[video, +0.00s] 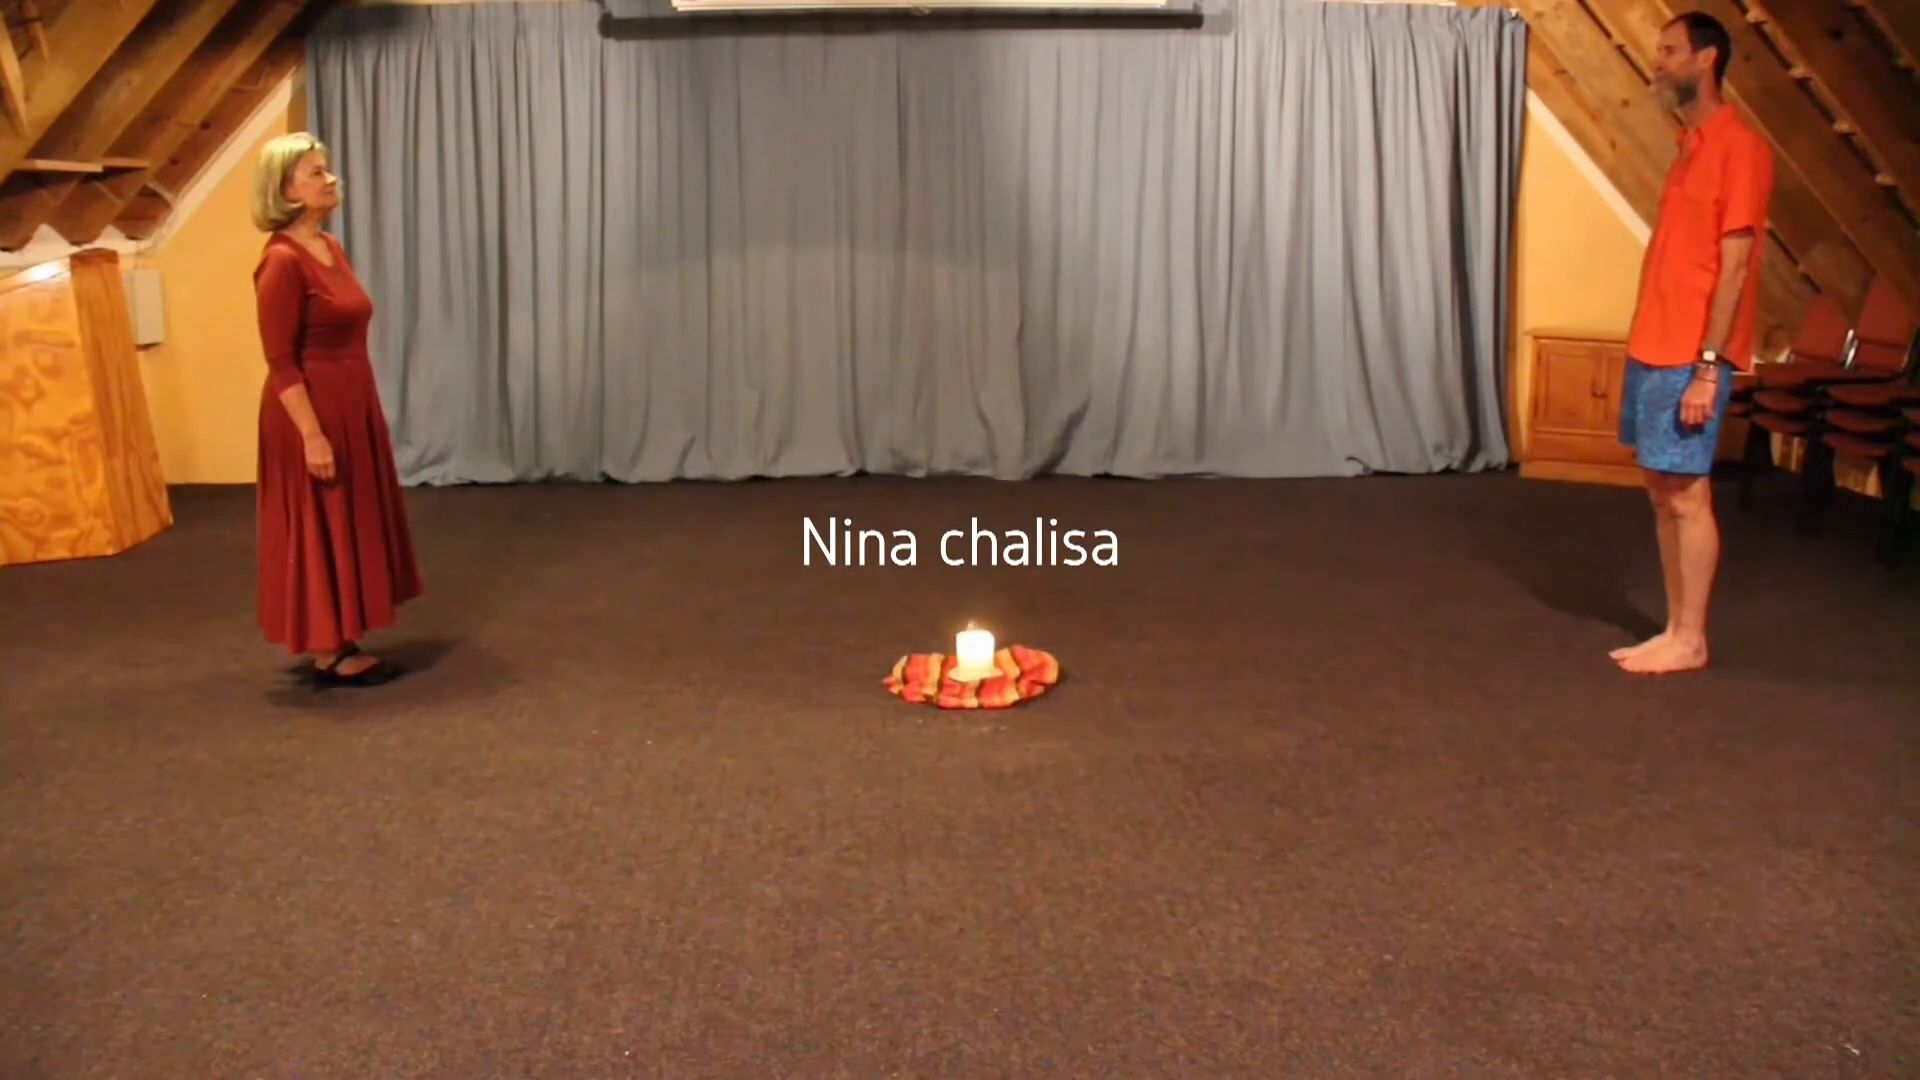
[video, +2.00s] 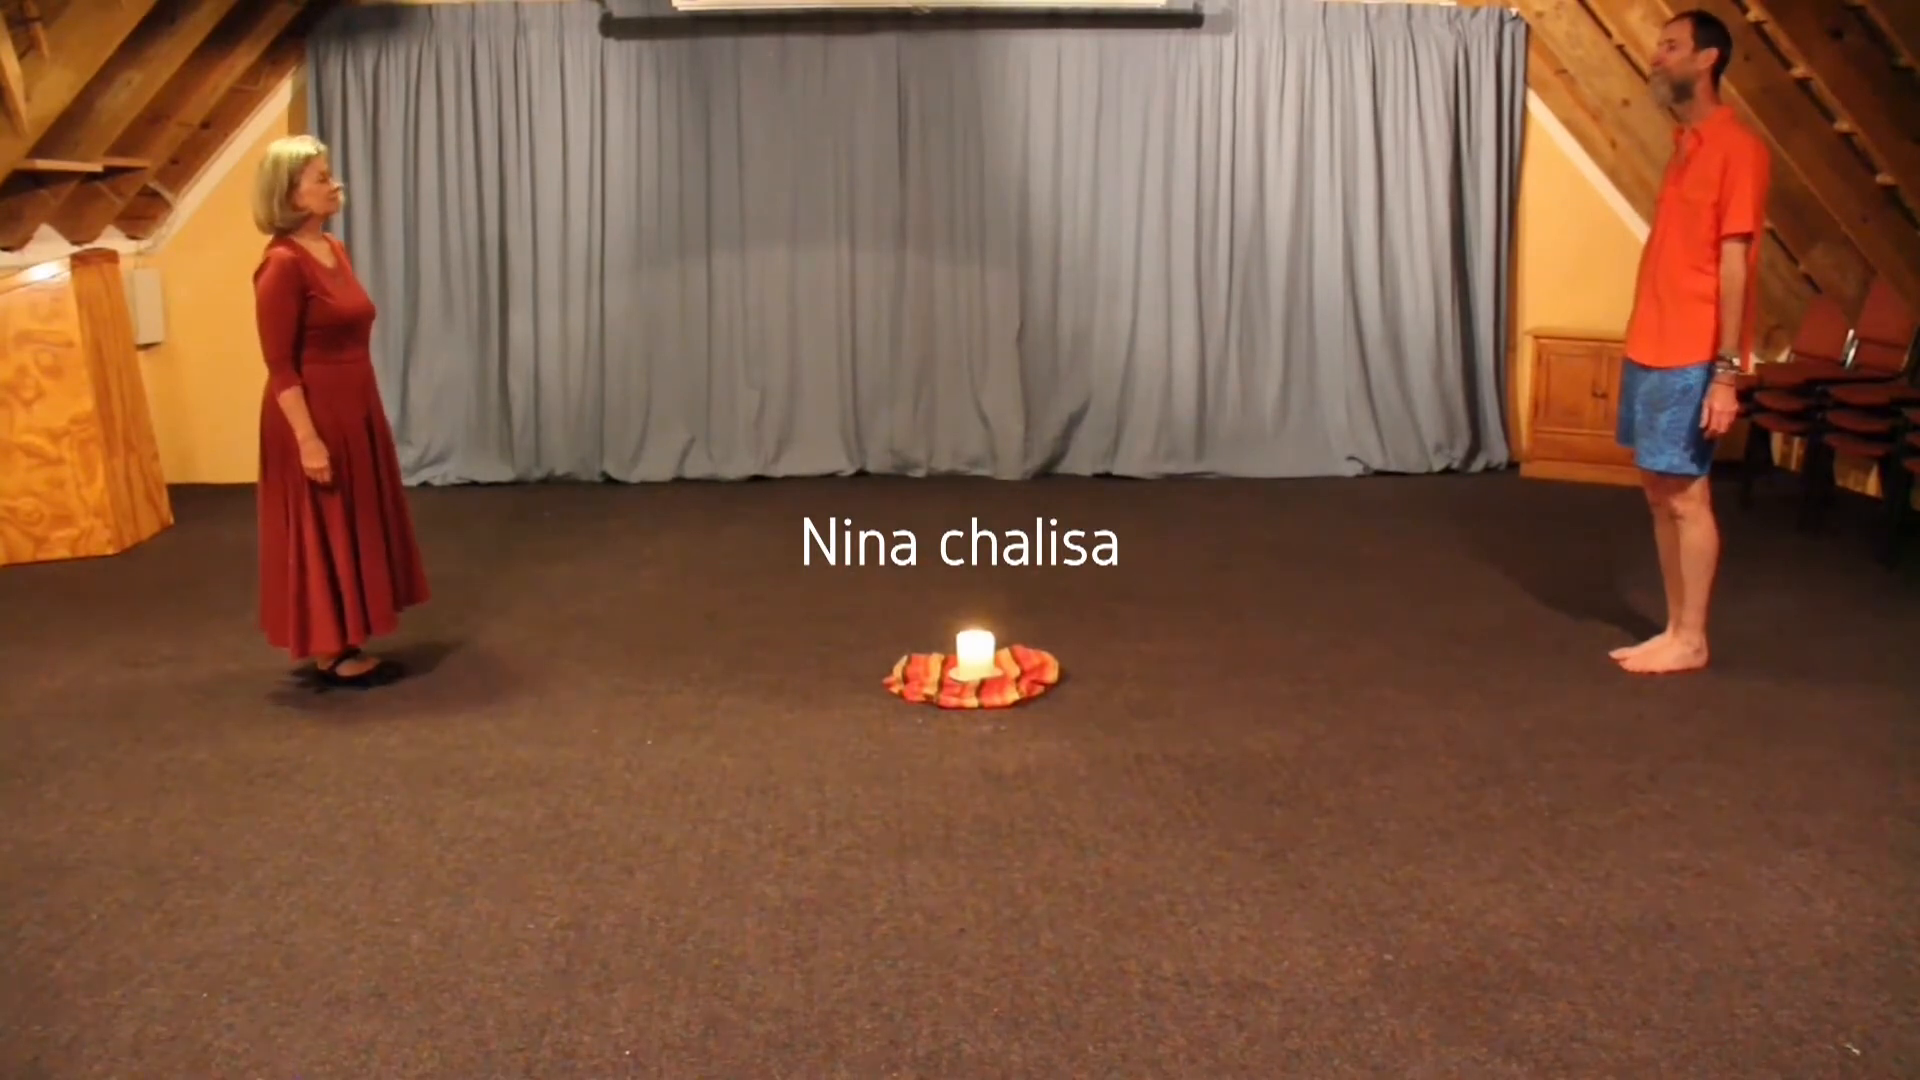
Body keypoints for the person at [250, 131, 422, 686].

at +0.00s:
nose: (331, 179)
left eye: (328, 170)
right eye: (317, 173)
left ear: (323, 182)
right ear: (287, 189)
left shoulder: (329, 246)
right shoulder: (281, 261)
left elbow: (341, 340)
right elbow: (280, 361)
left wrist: (361, 407)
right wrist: (312, 434)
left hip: (349, 401)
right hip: (312, 408)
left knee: (345, 519)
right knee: (318, 524)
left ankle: (340, 641)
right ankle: (326, 647)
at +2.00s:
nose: (334, 186)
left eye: (331, 176)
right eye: (321, 180)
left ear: (320, 188)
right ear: (291, 193)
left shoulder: (333, 249)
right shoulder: (280, 264)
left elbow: (345, 343)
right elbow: (279, 364)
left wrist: (366, 411)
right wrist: (307, 437)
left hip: (352, 406)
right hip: (312, 414)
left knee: (348, 522)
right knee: (319, 527)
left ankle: (341, 642)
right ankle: (326, 648)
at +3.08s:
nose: (355, 183)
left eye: (353, 173)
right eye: (342, 175)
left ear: (348, 184)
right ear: (310, 191)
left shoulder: (356, 250)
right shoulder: (301, 262)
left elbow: (374, 348)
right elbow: (297, 362)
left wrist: (395, 417)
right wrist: (315, 439)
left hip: (375, 408)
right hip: (333, 414)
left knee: (365, 521)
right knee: (334, 525)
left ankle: (353, 643)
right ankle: (334, 648)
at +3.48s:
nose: (359, 182)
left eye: (357, 172)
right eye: (346, 174)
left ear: (346, 185)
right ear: (316, 189)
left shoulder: (355, 248)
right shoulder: (307, 262)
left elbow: (369, 344)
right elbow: (304, 363)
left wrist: (391, 413)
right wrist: (322, 438)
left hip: (376, 407)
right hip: (338, 412)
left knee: (367, 521)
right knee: (338, 525)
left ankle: (354, 644)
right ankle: (337, 649)